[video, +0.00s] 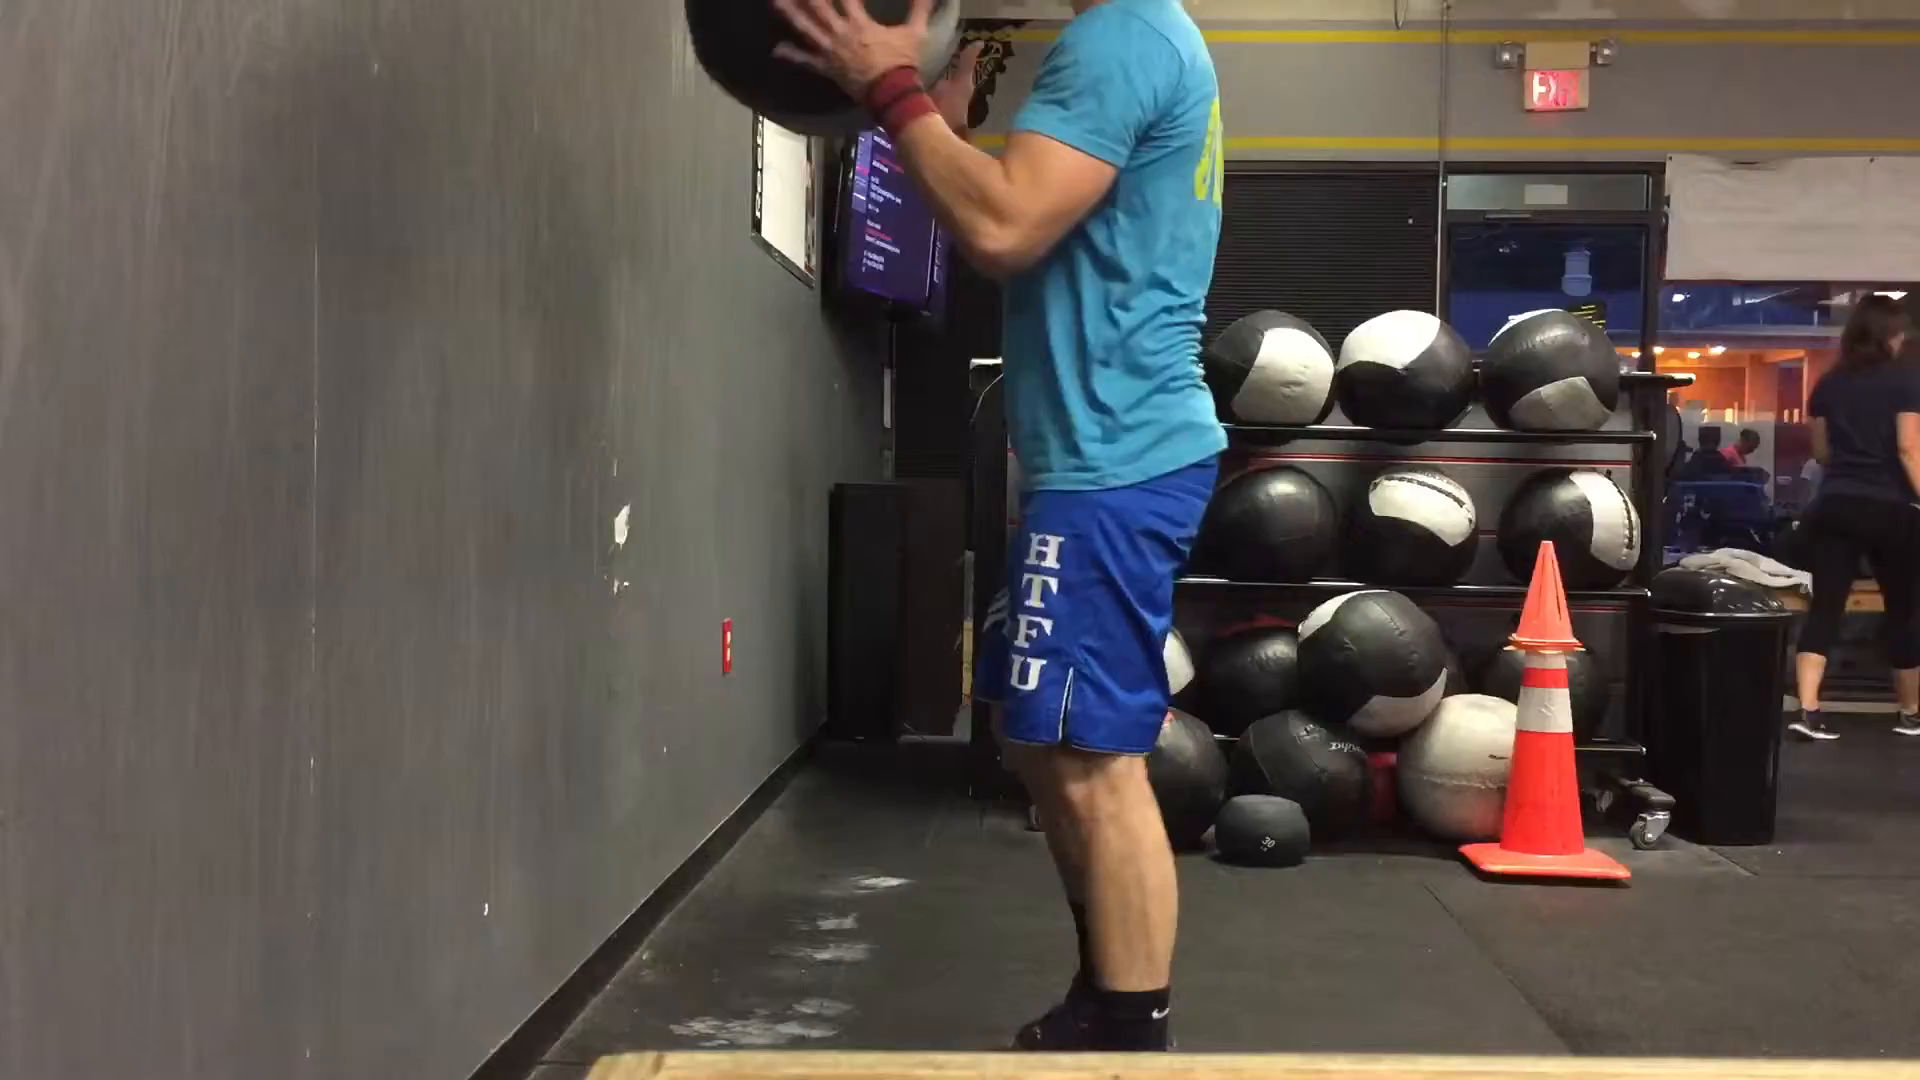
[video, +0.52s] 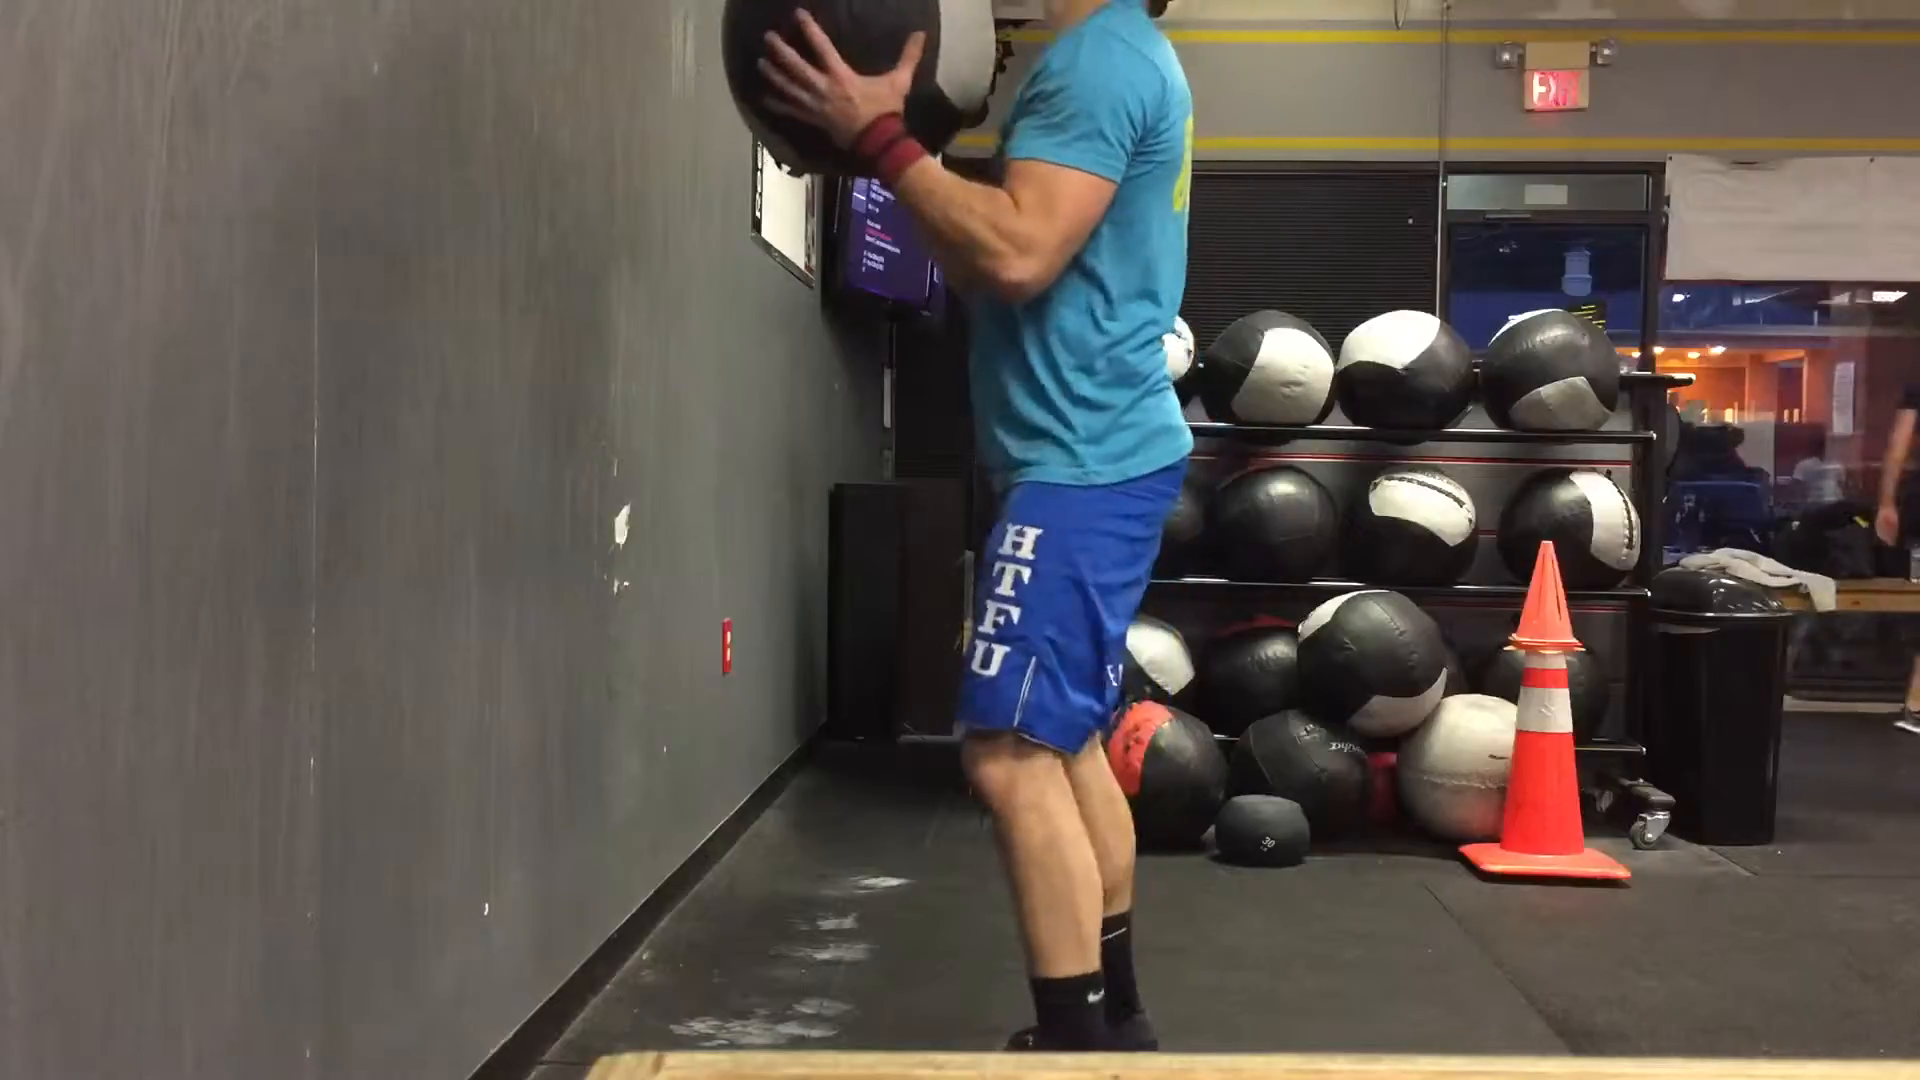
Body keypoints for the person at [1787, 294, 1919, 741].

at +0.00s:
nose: (1903, 341)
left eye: (1902, 333)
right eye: (1901, 334)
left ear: (1853, 336)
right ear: (1890, 337)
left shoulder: (1829, 384)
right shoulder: (1903, 383)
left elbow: (1820, 451)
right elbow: (1908, 449)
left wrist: (1849, 472)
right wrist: (1919, 494)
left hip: (1835, 507)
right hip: (1891, 509)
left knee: (1824, 604)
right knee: (1903, 607)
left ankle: (1806, 710)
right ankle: (1909, 710)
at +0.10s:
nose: (1917, 345)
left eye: (1916, 337)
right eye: (1914, 338)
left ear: (1865, 342)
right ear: (1901, 342)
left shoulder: (1841, 386)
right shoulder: (1912, 384)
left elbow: (1831, 452)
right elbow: (1917, 450)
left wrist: (1860, 472)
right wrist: (1912, 486)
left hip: (1852, 506)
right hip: (1903, 507)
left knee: (1839, 605)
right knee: (1909, 607)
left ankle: (1809, 702)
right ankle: (1912, 710)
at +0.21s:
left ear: (1880, 337)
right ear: (1917, 339)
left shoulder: (1862, 382)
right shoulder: (1915, 378)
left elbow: (1853, 447)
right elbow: (1854, 445)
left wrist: (1852, 484)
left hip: (1873, 501)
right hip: (1913, 502)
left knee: (1872, 605)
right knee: (1914, 609)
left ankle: (1830, 675)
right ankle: (1912, 711)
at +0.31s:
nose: (1904, 346)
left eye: (1902, 340)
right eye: (1908, 339)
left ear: (1899, 343)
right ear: (1913, 343)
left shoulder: (1879, 384)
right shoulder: (1887, 384)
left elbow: (1865, 451)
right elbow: (1864, 451)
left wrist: (1863, 505)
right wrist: (1864, 503)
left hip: (1890, 503)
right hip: (1907, 504)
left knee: (1904, 600)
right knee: (1910, 603)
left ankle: (1861, 668)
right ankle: (1911, 711)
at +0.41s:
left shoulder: (1894, 386)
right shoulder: (1895, 386)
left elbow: (1877, 449)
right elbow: (1877, 449)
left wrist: (1870, 502)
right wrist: (1871, 502)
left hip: (1904, 508)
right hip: (1903, 509)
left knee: (1908, 614)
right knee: (1907, 614)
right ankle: (1910, 699)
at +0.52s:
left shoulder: (1911, 397)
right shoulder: (1912, 396)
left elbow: (1898, 446)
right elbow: (1898, 446)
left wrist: (1887, 502)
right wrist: (1887, 502)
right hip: (1915, 521)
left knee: (1917, 619)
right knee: (1916, 620)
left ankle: (1913, 703)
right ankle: (1912, 703)